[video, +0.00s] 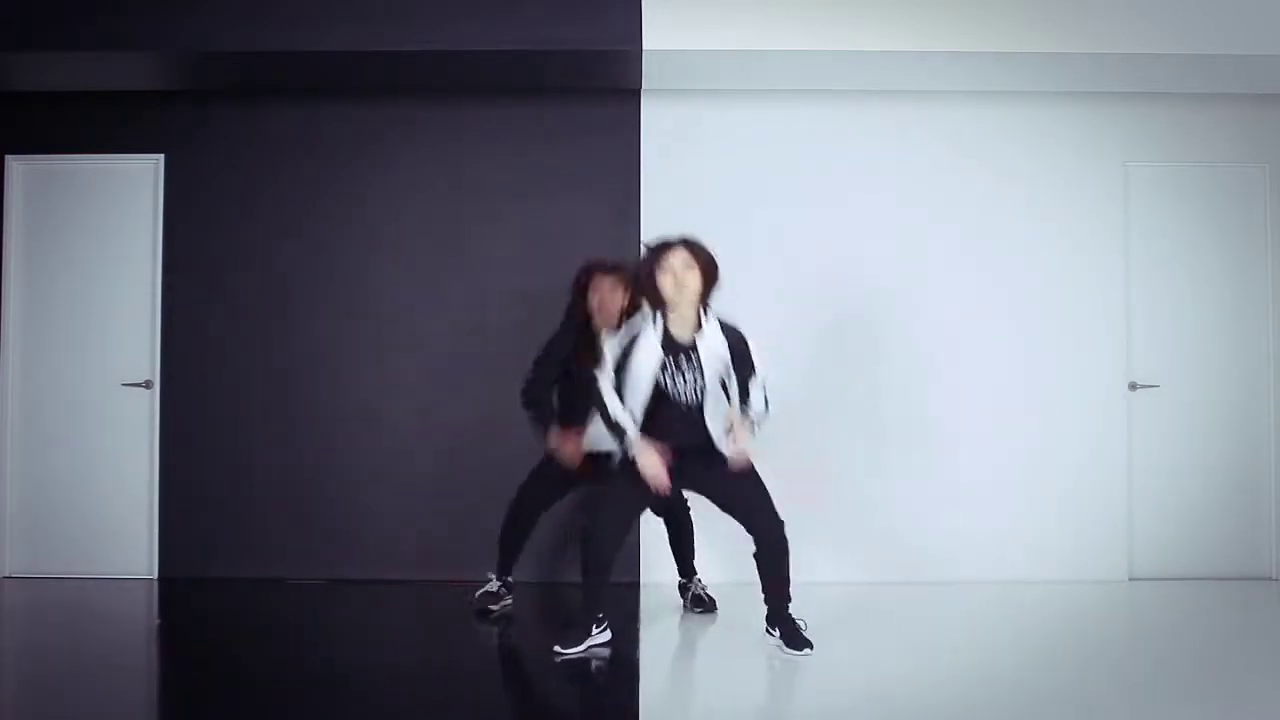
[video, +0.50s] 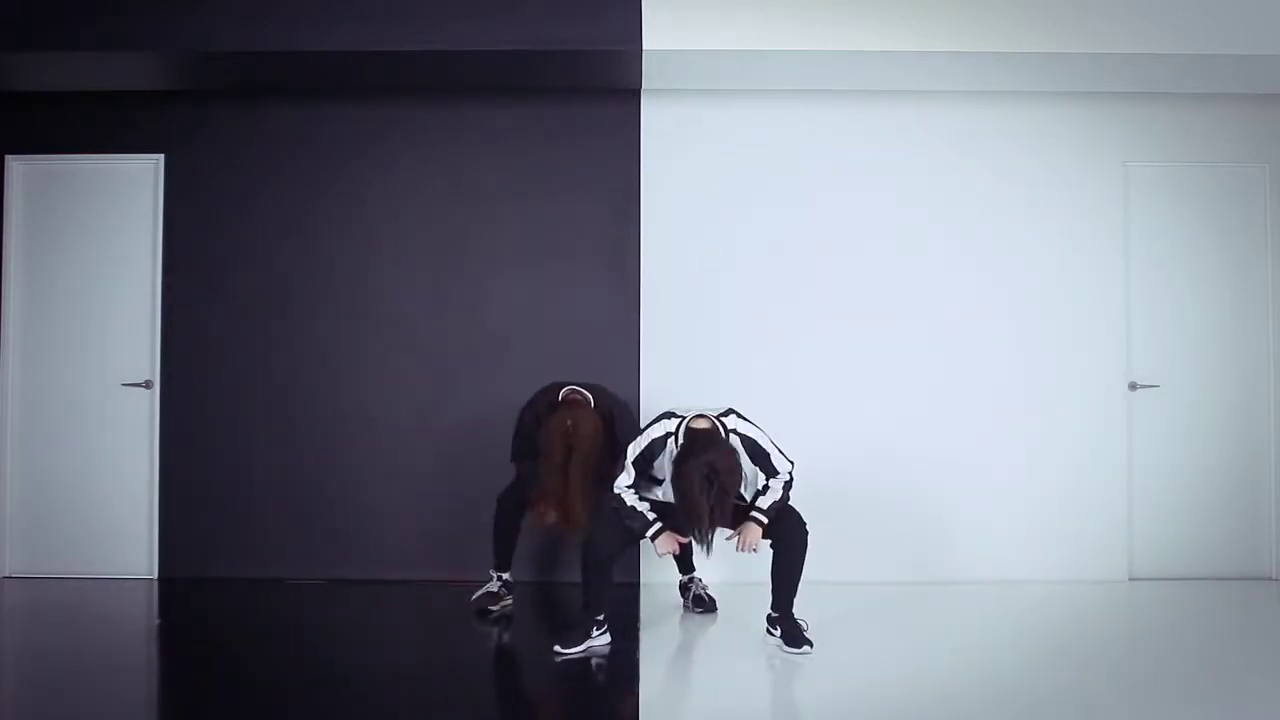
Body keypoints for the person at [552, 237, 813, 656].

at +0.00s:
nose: (677, 277)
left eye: (687, 268)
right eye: (666, 270)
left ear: (704, 278)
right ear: (654, 283)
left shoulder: (727, 339)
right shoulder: (633, 336)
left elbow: (754, 396)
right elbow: (605, 390)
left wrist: (744, 428)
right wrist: (637, 446)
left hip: (709, 457)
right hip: (650, 455)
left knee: (769, 528)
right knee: (601, 521)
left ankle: (778, 615)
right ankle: (595, 621)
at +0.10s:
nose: (696, 367)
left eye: (705, 357)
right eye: (687, 358)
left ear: (721, 362)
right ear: (673, 363)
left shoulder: (739, 403)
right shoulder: (651, 405)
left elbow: (769, 452)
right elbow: (626, 462)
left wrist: (756, 494)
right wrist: (655, 510)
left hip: (725, 486)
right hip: (669, 485)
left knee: (785, 534)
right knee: (601, 532)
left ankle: (781, 617)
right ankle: (596, 623)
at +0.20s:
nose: (719, 444)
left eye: (724, 440)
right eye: (713, 440)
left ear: (731, 425)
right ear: (695, 427)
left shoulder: (740, 423)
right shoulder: (662, 419)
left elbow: (781, 466)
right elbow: (620, 477)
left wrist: (758, 511)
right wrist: (650, 526)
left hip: (723, 500)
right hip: (668, 500)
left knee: (790, 530)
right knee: (603, 530)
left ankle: (782, 618)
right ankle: (596, 624)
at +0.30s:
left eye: (710, 492)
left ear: (725, 462)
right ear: (681, 457)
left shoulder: (739, 430)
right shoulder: (661, 433)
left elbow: (782, 474)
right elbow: (619, 486)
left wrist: (759, 518)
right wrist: (652, 532)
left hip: (728, 493)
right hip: (667, 496)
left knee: (795, 532)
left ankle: (781, 617)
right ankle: (600, 625)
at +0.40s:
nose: (705, 511)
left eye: (713, 502)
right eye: (697, 503)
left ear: (727, 464)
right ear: (683, 463)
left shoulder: (741, 433)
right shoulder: (661, 436)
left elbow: (782, 474)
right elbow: (620, 488)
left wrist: (759, 519)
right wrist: (655, 530)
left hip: (726, 497)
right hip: (665, 502)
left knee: (794, 530)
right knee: (600, 537)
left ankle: (781, 617)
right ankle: (598, 625)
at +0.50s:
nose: (709, 512)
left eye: (716, 504)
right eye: (700, 506)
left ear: (729, 469)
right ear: (683, 466)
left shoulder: (741, 432)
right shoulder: (661, 435)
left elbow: (783, 472)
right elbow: (620, 487)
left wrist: (758, 519)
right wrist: (656, 530)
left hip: (730, 497)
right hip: (667, 500)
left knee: (794, 530)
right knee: (602, 534)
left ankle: (781, 617)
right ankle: (598, 625)